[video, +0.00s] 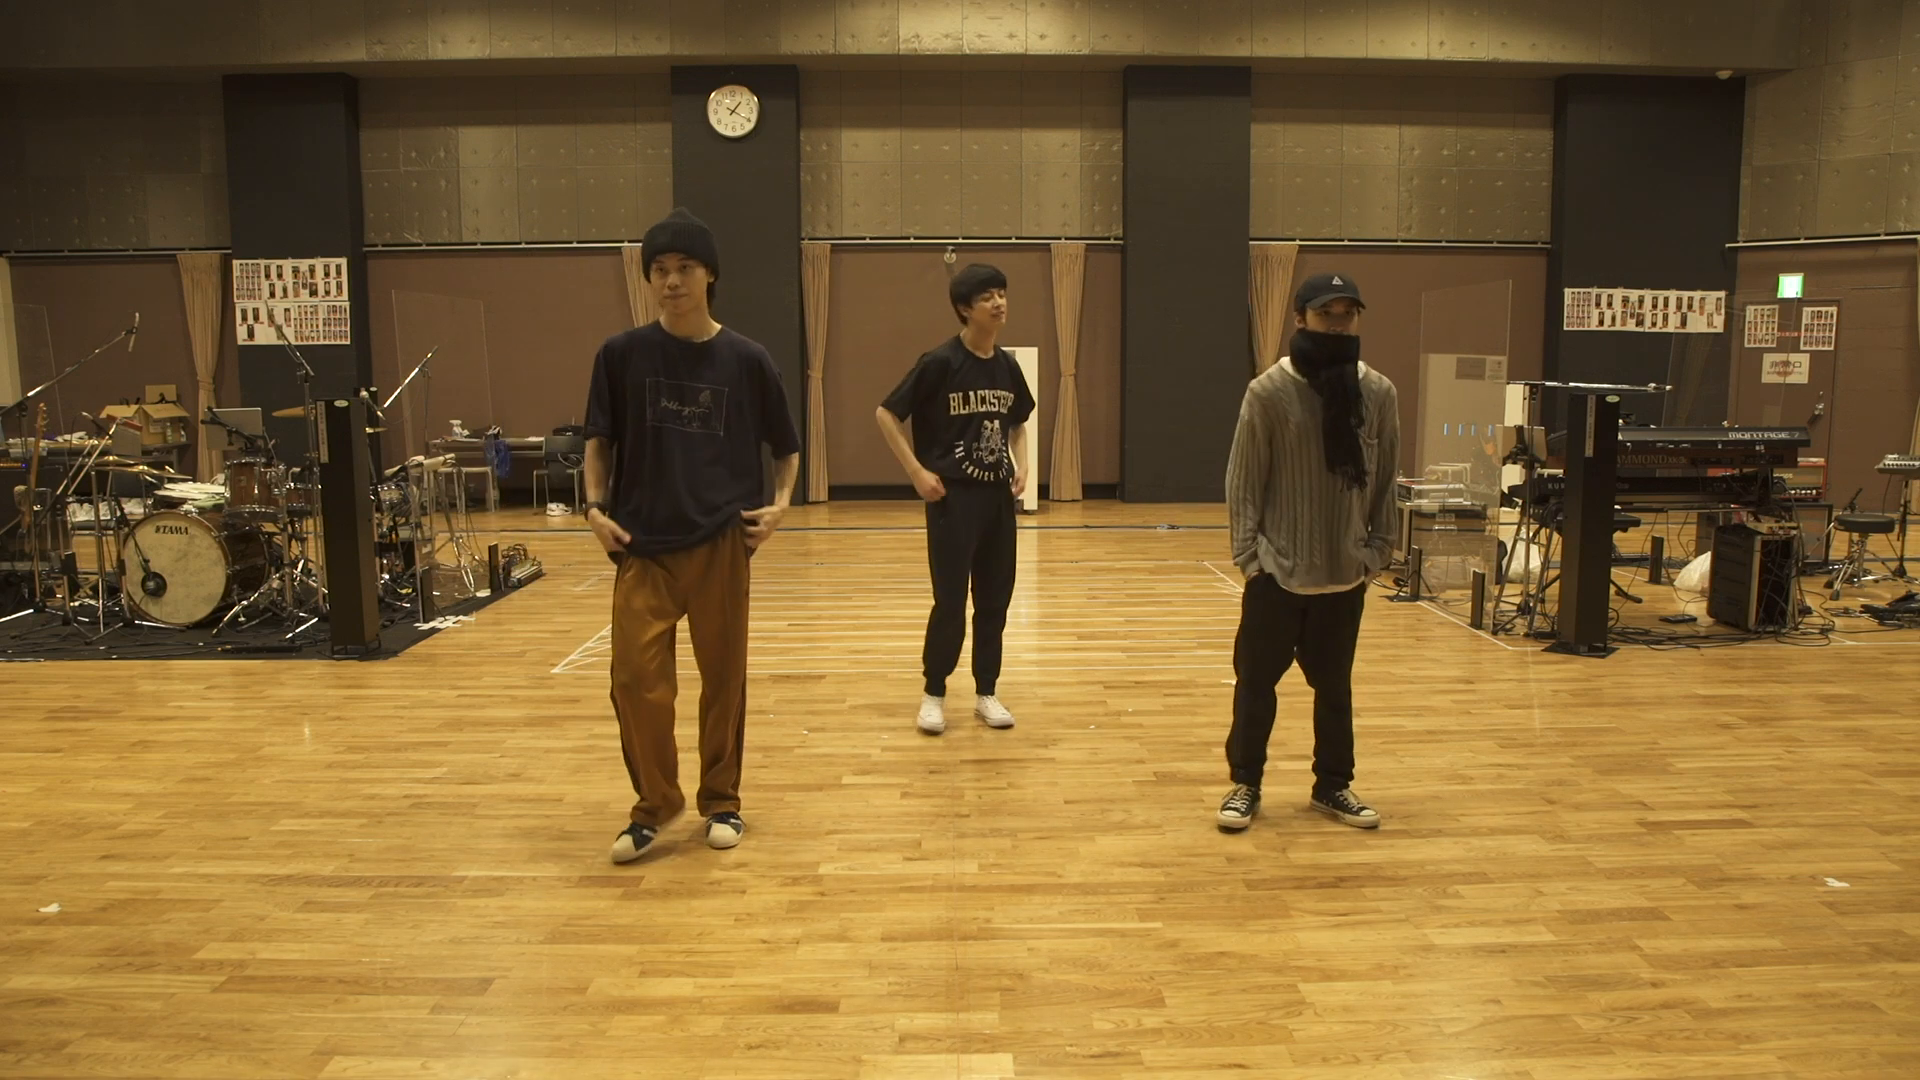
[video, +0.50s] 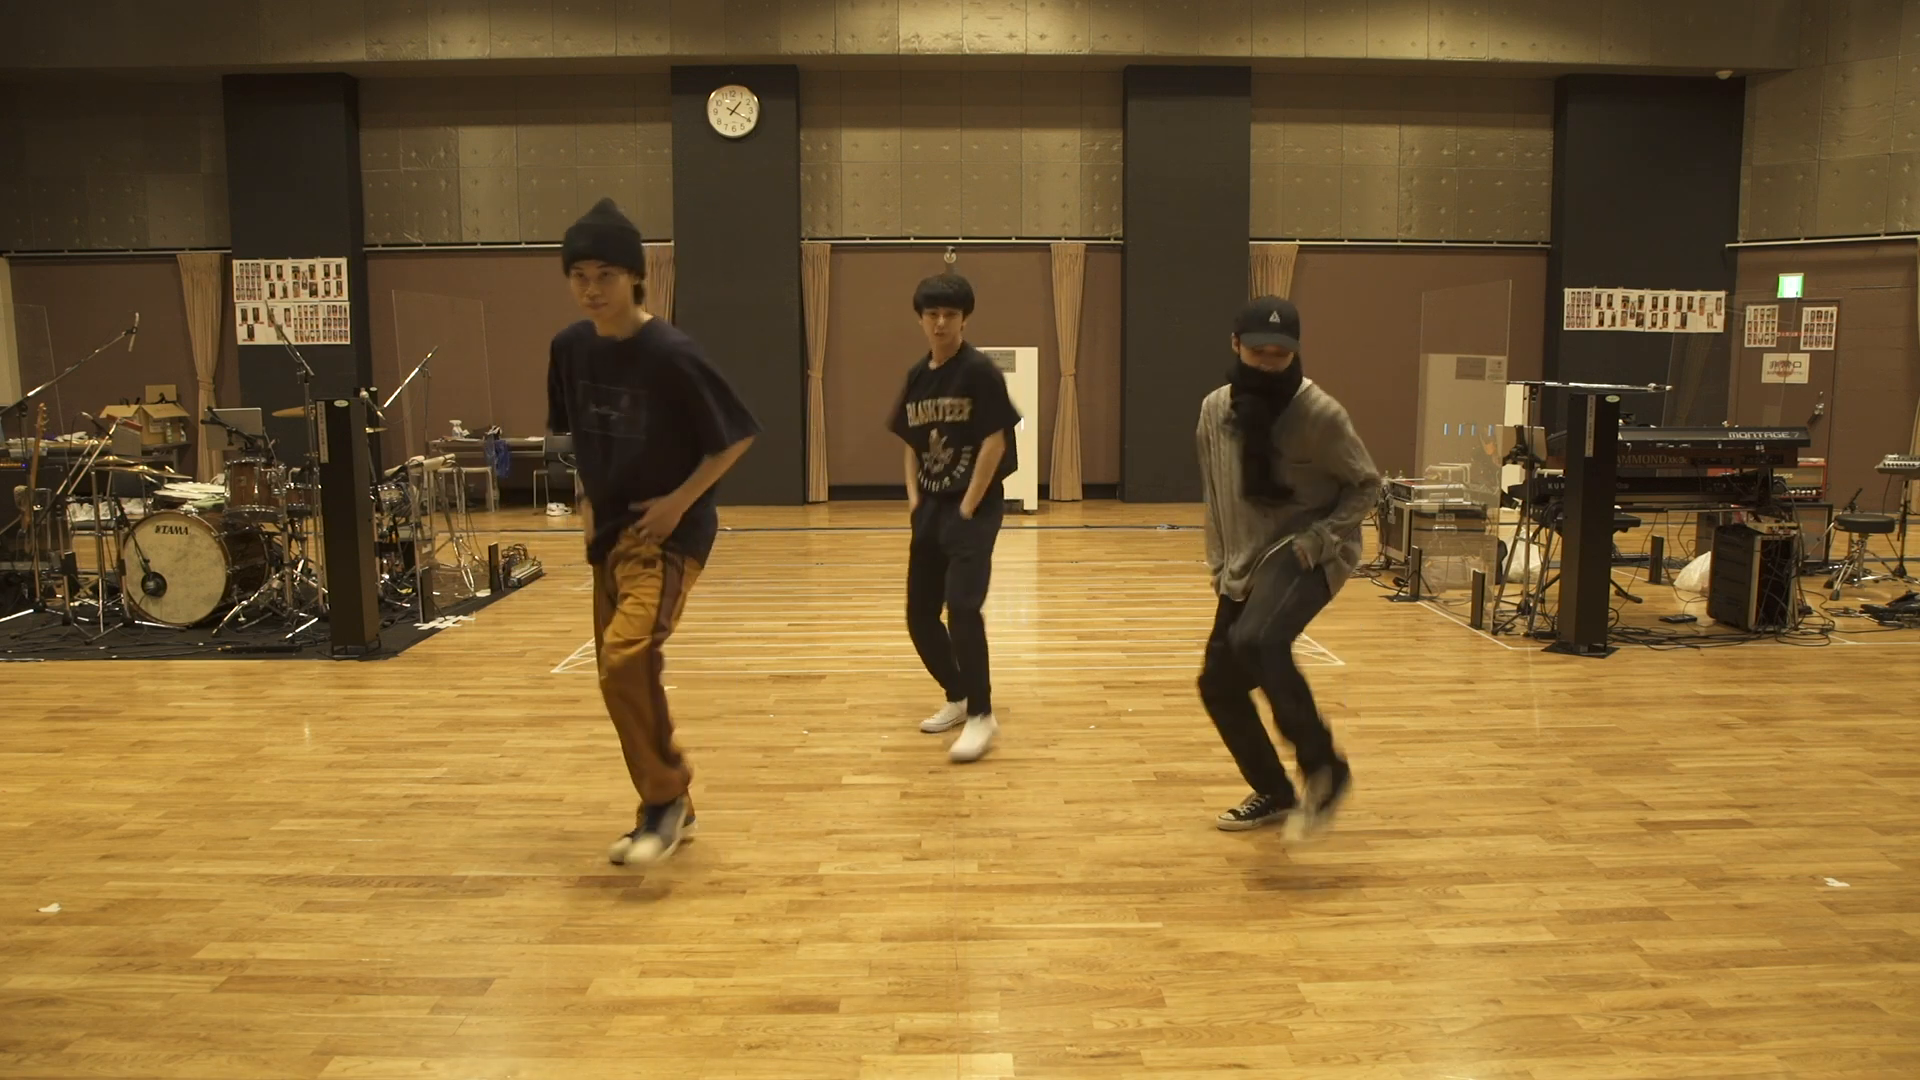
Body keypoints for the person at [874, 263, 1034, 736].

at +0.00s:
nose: (999, 304)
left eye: (1002, 296)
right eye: (988, 298)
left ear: (1006, 305)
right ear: (964, 308)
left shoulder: (1008, 366)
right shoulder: (938, 364)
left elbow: (1014, 423)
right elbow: (886, 414)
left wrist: (1020, 464)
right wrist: (915, 471)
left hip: (998, 498)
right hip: (951, 499)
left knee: (994, 603)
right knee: (950, 602)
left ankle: (986, 696)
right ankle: (934, 696)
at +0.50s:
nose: (940, 323)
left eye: (949, 315)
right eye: (932, 315)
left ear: (965, 319)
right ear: (920, 320)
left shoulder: (980, 372)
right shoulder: (917, 376)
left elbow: (995, 442)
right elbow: (912, 444)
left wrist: (967, 508)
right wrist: (914, 499)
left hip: (971, 509)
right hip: (931, 507)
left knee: (963, 610)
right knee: (920, 615)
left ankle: (981, 716)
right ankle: (960, 697)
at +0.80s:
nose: (918, 331)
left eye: (927, 321)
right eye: (911, 322)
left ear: (948, 314)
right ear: (903, 320)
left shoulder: (972, 345)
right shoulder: (904, 365)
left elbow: (995, 414)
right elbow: (914, 429)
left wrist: (977, 481)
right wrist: (920, 484)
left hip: (985, 480)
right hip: (938, 484)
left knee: (984, 582)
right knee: (941, 590)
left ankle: (991, 693)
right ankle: (960, 696)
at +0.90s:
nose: (922, 318)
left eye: (931, 308)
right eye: (913, 309)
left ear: (950, 301)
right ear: (903, 308)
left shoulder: (979, 330)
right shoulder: (899, 357)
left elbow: (1010, 399)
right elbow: (914, 421)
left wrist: (989, 456)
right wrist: (928, 474)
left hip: (993, 457)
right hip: (944, 469)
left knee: (998, 541)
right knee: (947, 575)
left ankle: (1010, 638)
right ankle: (973, 684)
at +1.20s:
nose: (946, 337)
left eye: (954, 328)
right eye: (937, 328)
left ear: (967, 325)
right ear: (923, 328)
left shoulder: (993, 365)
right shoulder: (906, 379)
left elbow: (1009, 429)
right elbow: (900, 446)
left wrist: (1012, 488)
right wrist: (922, 498)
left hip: (997, 502)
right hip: (943, 508)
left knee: (1002, 603)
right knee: (962, 610)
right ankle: (1008, 695)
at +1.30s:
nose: (948, 335)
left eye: (956, 326)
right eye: (939, 327)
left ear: (968, 328)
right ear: (924, 330)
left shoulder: (996, 374)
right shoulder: (907, 383)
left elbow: (1007, 439)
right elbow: (898, 449)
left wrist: (1003, 501)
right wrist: (924, 501)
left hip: (987, 513)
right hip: (937, 513)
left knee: (965, 602)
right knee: (938, 601)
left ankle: (936, 672)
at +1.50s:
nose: (952, 345)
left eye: (960, 336)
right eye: (943, 336)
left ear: (971, 341)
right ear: (928, 342)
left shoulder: (990, 390)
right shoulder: (910, 405)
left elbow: (1000, 455)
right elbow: (895, 476)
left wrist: (1007, 515)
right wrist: (922, 530)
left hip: (991, 530)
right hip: (939, 534)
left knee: (1023, 618)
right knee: (915, 632)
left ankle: (964, 659)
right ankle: (882, 703)